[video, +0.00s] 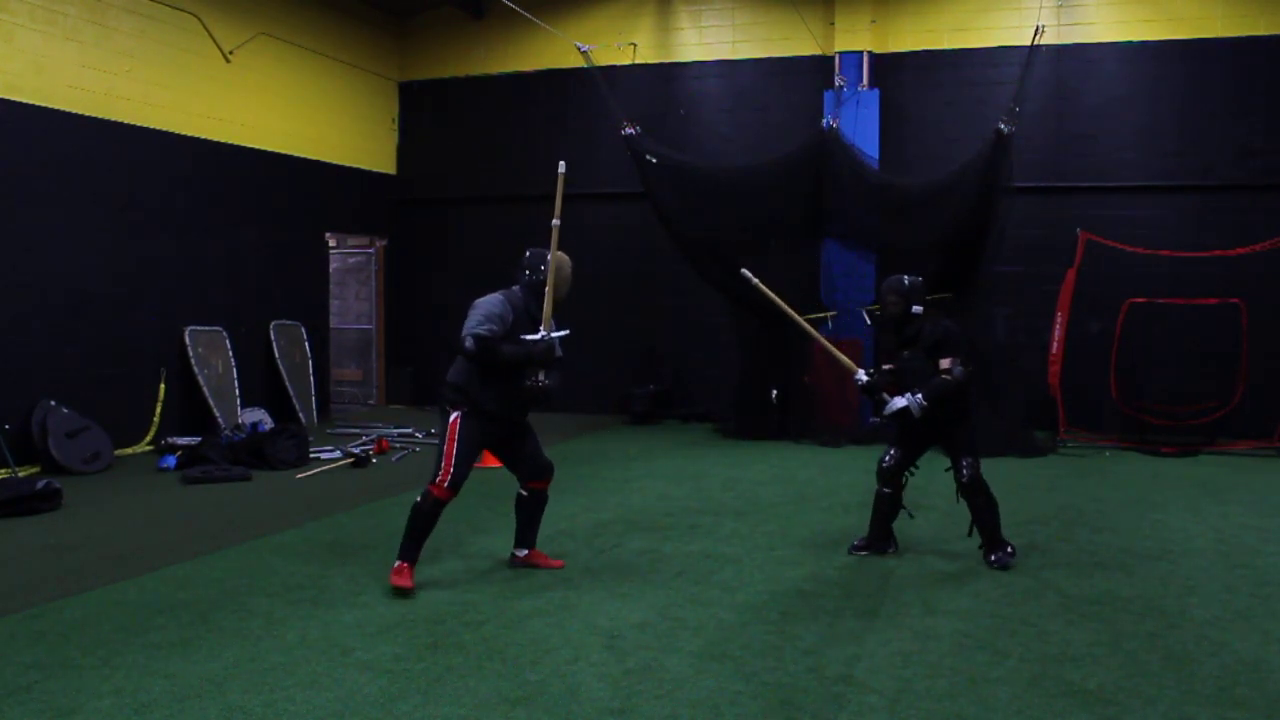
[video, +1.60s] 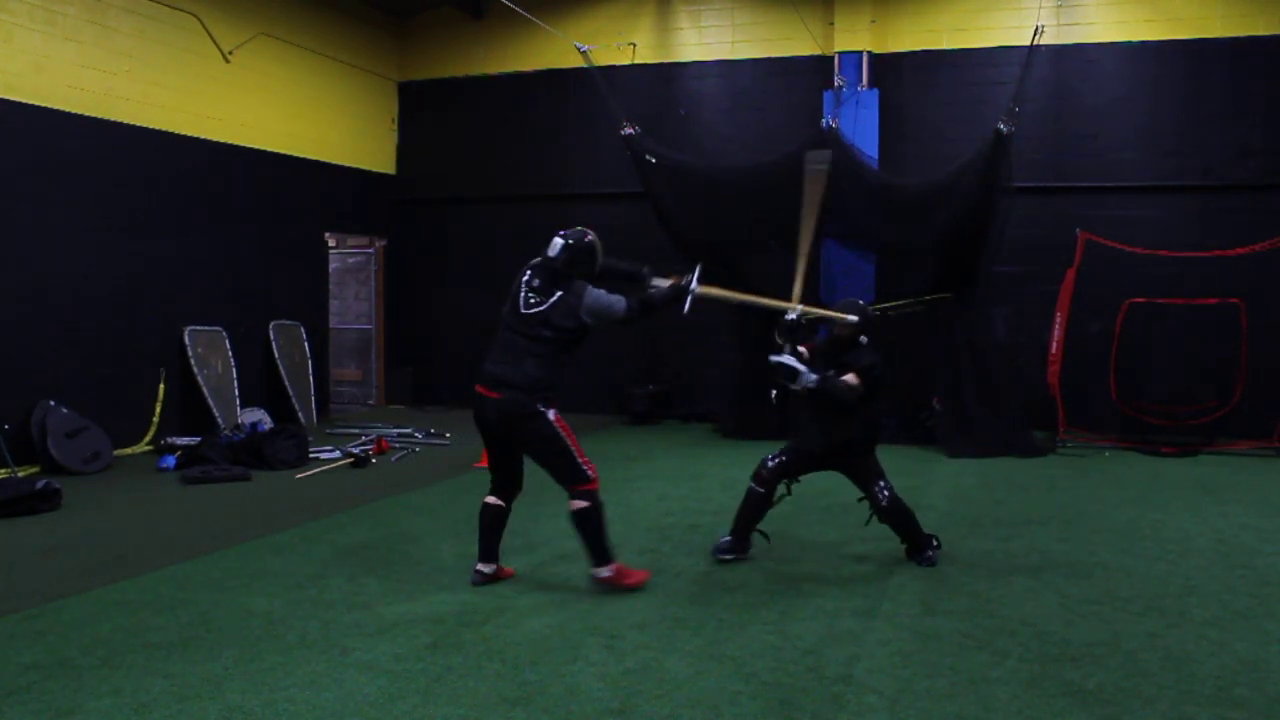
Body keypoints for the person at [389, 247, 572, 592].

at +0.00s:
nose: (557, 295)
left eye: (560, 287)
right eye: (555, 286)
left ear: (538, 281)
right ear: (538, 280)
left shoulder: (541, 320)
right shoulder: (494, 306)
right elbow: (476, 345)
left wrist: (542, 381)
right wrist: (533, 351)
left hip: (506, 412)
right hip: (467, 409)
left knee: (538, 473)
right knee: (445, 485)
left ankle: (524, 551)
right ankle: (404, 563)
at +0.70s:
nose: (531, 284)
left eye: (532, 276)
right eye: (527, 276)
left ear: (508, 274)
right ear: (507, 274)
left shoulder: (505, 315)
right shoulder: (475, 302)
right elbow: (449, 341)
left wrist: (507, 397)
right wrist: (503, 360)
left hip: (467, 417)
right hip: (437, 414)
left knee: (499, 480)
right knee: (430, 500)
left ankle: (482, 561)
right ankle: (379, 579)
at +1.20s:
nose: (527, 284)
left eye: (526, 277)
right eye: (523, 276)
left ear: (490, 274)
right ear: (508, 275)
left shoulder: (499, 312)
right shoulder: (481, 304)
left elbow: (505, 374)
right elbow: (502, 349)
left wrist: (539, 392)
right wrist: (545, 352)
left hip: (459, 425)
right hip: (438, 424)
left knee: (494, 479)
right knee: (417, 513)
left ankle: (483, 565)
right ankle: (363, 596)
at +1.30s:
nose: (535, 281)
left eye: (534, 274)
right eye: (532, 273)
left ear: (496, 273)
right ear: (518, 273)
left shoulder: (497, 311)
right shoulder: (503, 298)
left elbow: (535, 366)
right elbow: (560, 329)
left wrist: (580, 372)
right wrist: (619, 341)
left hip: (470, 419)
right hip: (454, 417)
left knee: (503, 483)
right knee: (445, 511)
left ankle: (483, 566)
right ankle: (376, 584)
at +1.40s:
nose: (552, 272)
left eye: (550, 266)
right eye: (549, 265)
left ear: (510, 265)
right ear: (539, 266)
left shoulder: (499, 297)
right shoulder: (530, 292)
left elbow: (554, 338)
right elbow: (586, 319)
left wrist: (600, 342)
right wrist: (640, 336)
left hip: (478, 407)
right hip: (475, 409)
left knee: (509, 486)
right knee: (499, 499)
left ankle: (484, 566)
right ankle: (426, 561)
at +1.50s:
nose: (572, 268)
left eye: (569, 262)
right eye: (571, 262)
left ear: (530, 256)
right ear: (564, 263)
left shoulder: (508, 283)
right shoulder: (557, 295)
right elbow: (605, 323)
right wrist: (651, 324)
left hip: (472, 400)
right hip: (501, 404)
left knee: (504, 482)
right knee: (549, 483)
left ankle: (485, 564)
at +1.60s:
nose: (594, 267)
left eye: (592, 262)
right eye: (591, 262)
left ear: (555, 254)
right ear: (585, 265)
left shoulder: (531, 271)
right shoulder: (581, 297)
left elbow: (595, 270)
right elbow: (633, 308)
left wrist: (647, 277)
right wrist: (674, 292)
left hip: (487, 398)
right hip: (528, 404)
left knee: (504, 482)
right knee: (582, 480)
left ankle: (485, 564)